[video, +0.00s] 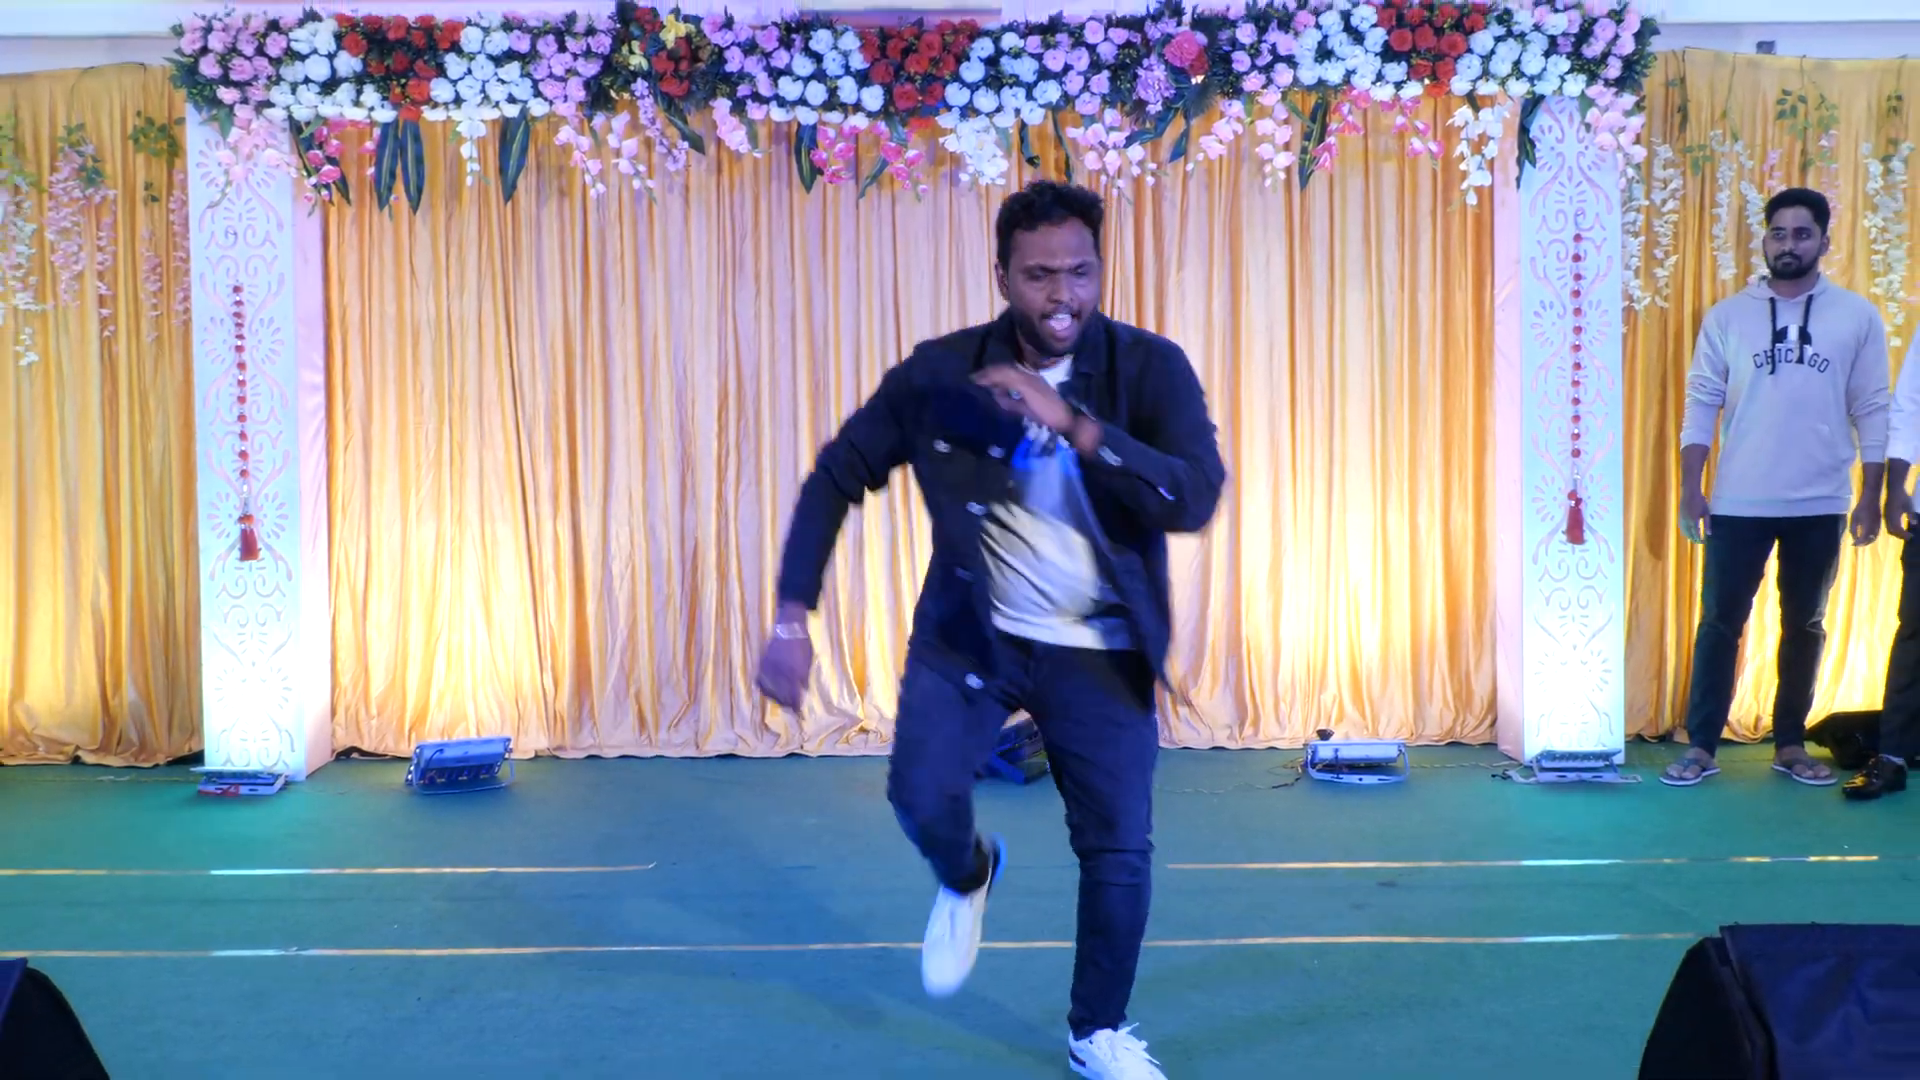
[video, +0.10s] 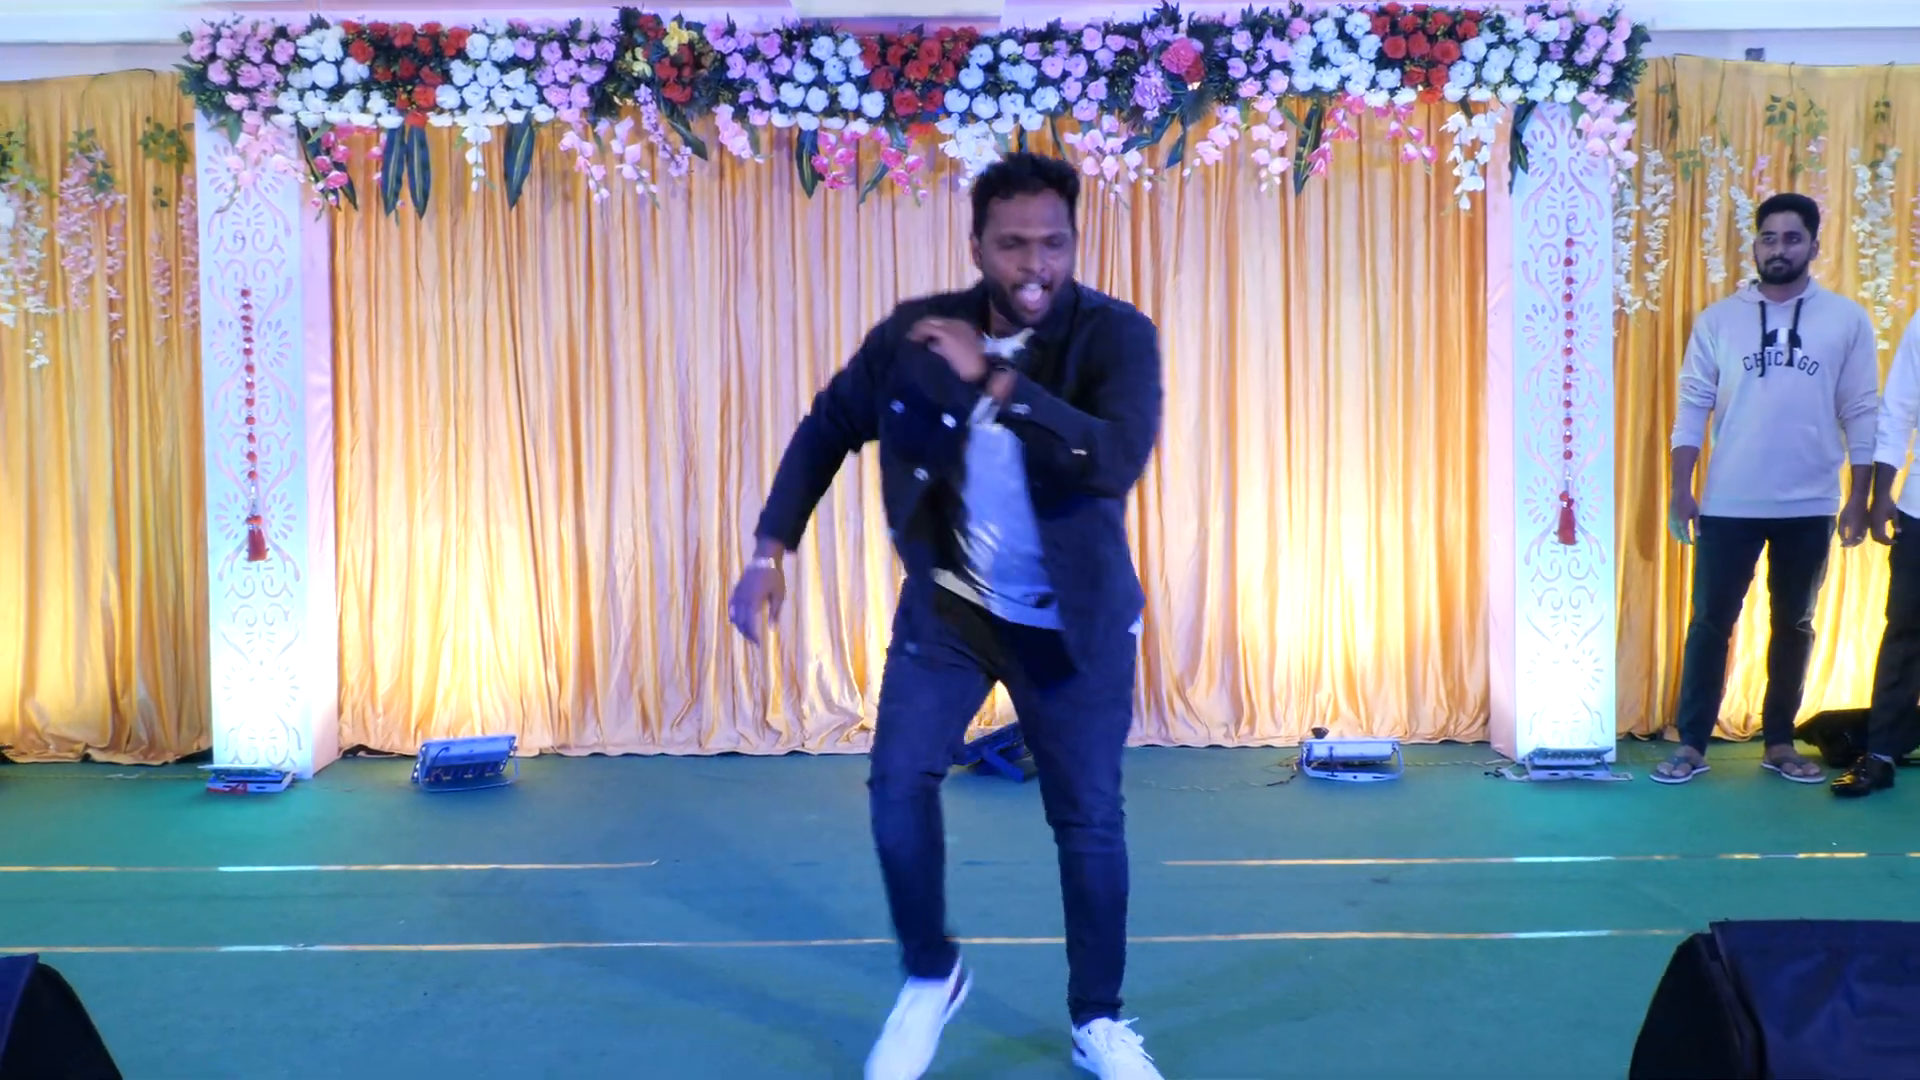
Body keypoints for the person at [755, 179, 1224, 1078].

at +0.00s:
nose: (1062, 296)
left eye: (1079, 273)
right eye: (1039, 276)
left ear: (1101, 274)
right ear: (1004, 280)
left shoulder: (1150, 371)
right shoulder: (943, 373)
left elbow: (1192, 499)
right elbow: (839, 472)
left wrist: (1078, 427)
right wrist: (792, 614)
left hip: (1098, 650)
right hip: (969, 636)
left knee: (1120, 846)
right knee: (923, 796)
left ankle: (1099, 1028)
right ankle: (969, 880)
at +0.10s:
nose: (1033, 265)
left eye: (1053, 243)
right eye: (1011, 244)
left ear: (1077, 245)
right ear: (977, 247)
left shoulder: (1116, 337)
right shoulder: (919, 336)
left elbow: (1115, 460)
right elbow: (828, 427)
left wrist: (993, 376)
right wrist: (769, 547)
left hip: (1073, 623)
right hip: (948, 609)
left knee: (1091, 821)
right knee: (897, 783)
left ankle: (1100, 1019)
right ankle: (931, 974)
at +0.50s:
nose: (934, 285)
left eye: (958, 269)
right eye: (919, 261)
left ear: (991, 277)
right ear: (896, 263)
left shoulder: (1010, 376)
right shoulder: (872, 339)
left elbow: (914, 461)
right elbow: (852, 446)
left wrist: (825, 375)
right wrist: (825, 516)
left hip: (1031, 626)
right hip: (917, 615)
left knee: (1067, 793)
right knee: (862, 776)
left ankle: (1100, 975)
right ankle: (877, 982)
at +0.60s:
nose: (912, 265)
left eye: (939, 253)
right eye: (903, 242)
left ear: (975, 266)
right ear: (885, 236)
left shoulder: (966, 355)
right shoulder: (857, 313)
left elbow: (840, 444)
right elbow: (839, 407)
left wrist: (708, 387)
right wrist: (832, 482)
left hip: (1006, 603)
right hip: (895, 604)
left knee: (1074, 759)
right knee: (861, 778)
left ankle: (1142, 907)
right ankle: (868, 987)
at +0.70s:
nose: (917, 302)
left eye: (941, 289)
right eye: (906, 277)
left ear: (977, 300)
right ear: (887, 271)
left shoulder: (944, 385)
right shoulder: (883, 341)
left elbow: (874, 525)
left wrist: (746, 610)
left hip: (964, 638)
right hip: (860, 644)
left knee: (1066, 758)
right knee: (839, 831)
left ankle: (1174, 724)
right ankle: (883, 1020)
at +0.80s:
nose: (907, 340)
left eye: (932, 323)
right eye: (896, 318)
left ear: (971, 330)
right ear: (879, 314)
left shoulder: (971, 443)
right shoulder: (875, 373)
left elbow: (986, 595)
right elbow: (859, 459)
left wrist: (964, 719)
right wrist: (797, 429)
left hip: (920, 680)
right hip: (828, 676)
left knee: (1046, 806)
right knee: (800, 848)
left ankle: (1100, 633)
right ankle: (878, 1018)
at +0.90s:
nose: (918, 378)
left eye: (937, 358)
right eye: (899, 358)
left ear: (971, 342)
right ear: (875, 339)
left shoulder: (1009, 444)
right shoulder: (839, 359)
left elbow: (1075, 534)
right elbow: (752, 354)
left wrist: (1106, 639)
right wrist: (746, 306)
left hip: (921, 684)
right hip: (810, 680)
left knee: (973, 858)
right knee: (801, 857)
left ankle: (1031, 680)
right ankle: (881, 1020)